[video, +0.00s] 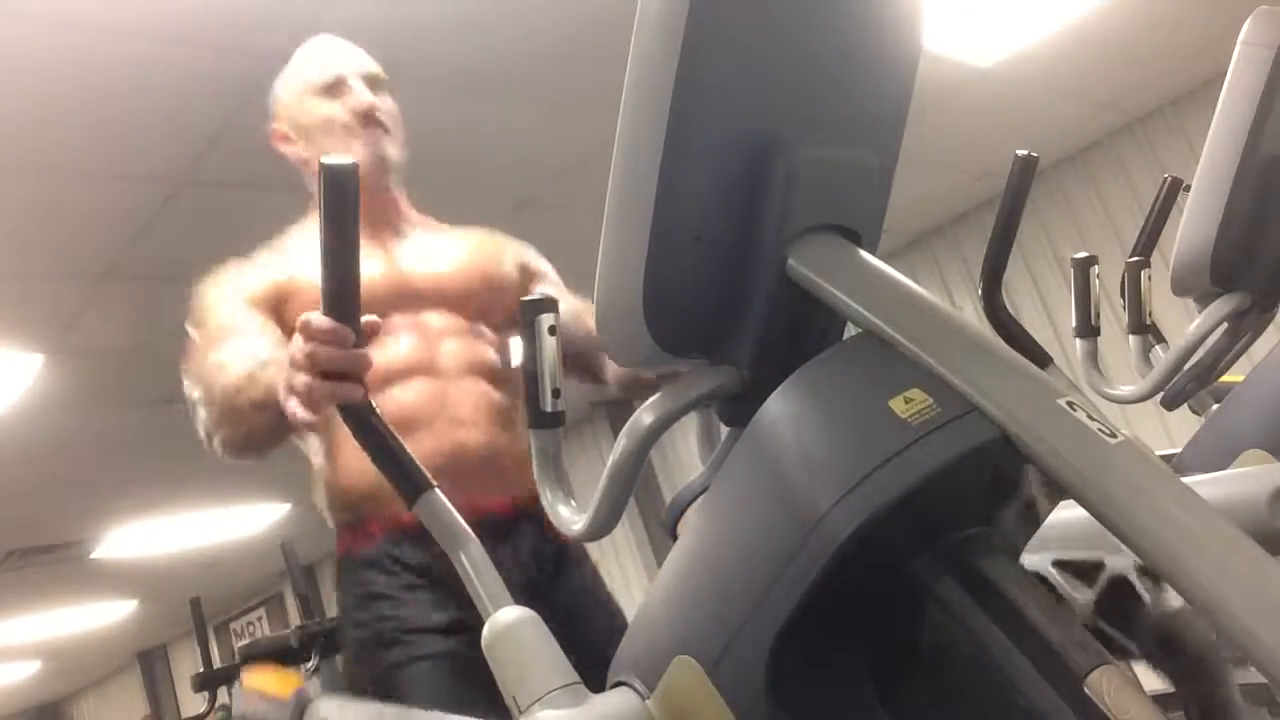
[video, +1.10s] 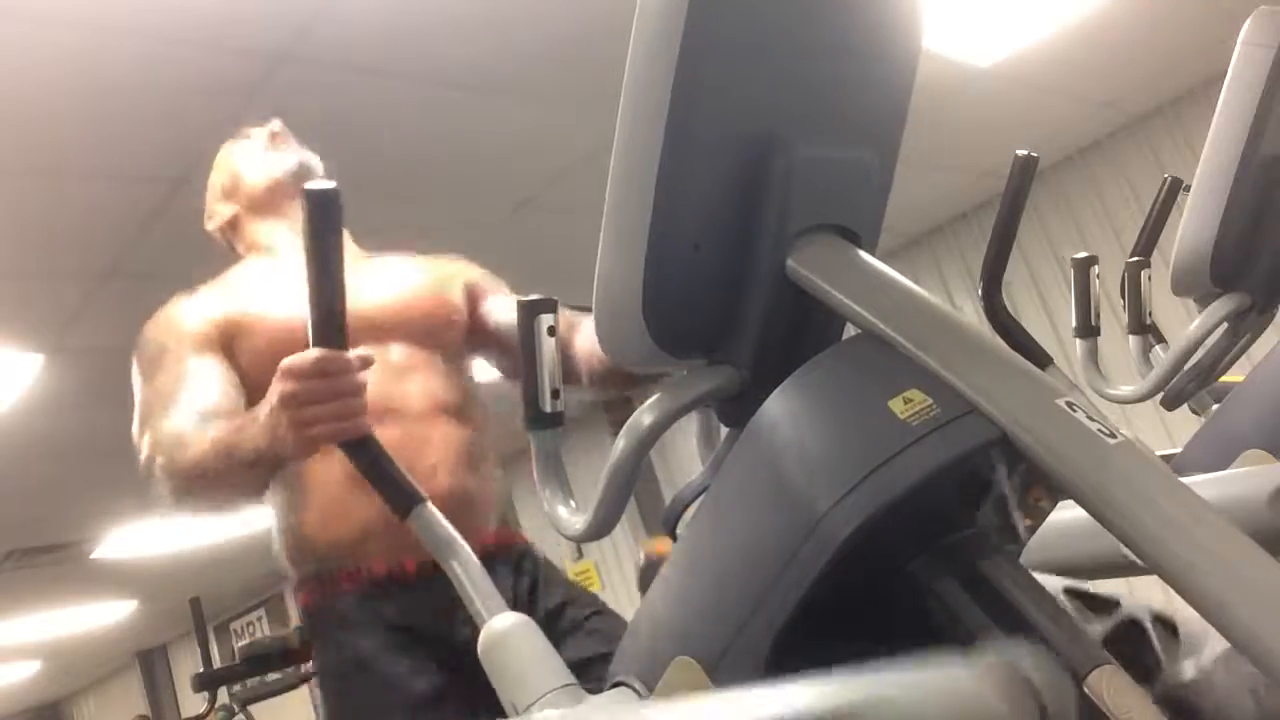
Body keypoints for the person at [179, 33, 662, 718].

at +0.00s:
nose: (365, 98)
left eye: (376, 84)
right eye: (332, 88)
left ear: (398, 115)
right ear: (287, 138)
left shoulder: (497, 254)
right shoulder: (253, 282)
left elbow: (609, 356)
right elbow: (228, 425)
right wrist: (287, 386)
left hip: (532, 544)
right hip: (397, 567)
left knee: (641, 701)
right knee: (447, 714)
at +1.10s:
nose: (283, 131)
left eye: (292, 133)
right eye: (257, 138)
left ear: (323, 174)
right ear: (222, 209)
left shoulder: (438, 274)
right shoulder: (194, 318)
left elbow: (559, 339)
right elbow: (181, 462)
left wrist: (650, 343)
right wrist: (268, 430)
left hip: (509, 577)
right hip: (367, 615)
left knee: (667, 693)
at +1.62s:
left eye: (388, 184)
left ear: (406, 192)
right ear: (308, 217)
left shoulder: (479, 300)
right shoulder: (278, 309)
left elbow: (593, 385)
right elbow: (260, 419)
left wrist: (648, 406)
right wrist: (325, 367)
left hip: (556, 589)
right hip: (426, 620)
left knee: (654, 705)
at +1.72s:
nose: (383, 174)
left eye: (388, 171)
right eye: (358, 175)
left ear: (421, 207)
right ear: (325, 241)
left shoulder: (517, 333)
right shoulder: (293, 344)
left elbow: (638, 447)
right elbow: (283, 481)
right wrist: (341, 385)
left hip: (576, 623)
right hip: (441, 653)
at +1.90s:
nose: (328, 81)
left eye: (338, 80)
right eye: (294, 84)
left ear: (368, 125)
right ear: (259, 157)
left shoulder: (494, 243)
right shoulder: (234, 276)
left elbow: (619, 354)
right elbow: (214, 445)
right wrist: (295, 412)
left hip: (543, 555)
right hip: (405, 584)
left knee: (659, 706)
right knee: (466, 716)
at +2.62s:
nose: (401, 159)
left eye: (406, 155)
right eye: (366, 160)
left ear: (428, 193)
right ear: (323, 225)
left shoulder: (518, 338)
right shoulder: (279, 346)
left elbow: (633, 430)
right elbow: (246, 485)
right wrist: (321, 406)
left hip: (537, 649)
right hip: (399, 665)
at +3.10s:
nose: (343, 135)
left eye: (350, 128)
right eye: (307, 133)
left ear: (382, 175)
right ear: (263, 202)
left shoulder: (463, 320)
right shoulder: (231, 338)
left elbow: (596, 394)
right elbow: (167, 527)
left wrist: (732, 380)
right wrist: (294, 449)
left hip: (523, 636)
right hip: (382, 677)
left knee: (719, 672)